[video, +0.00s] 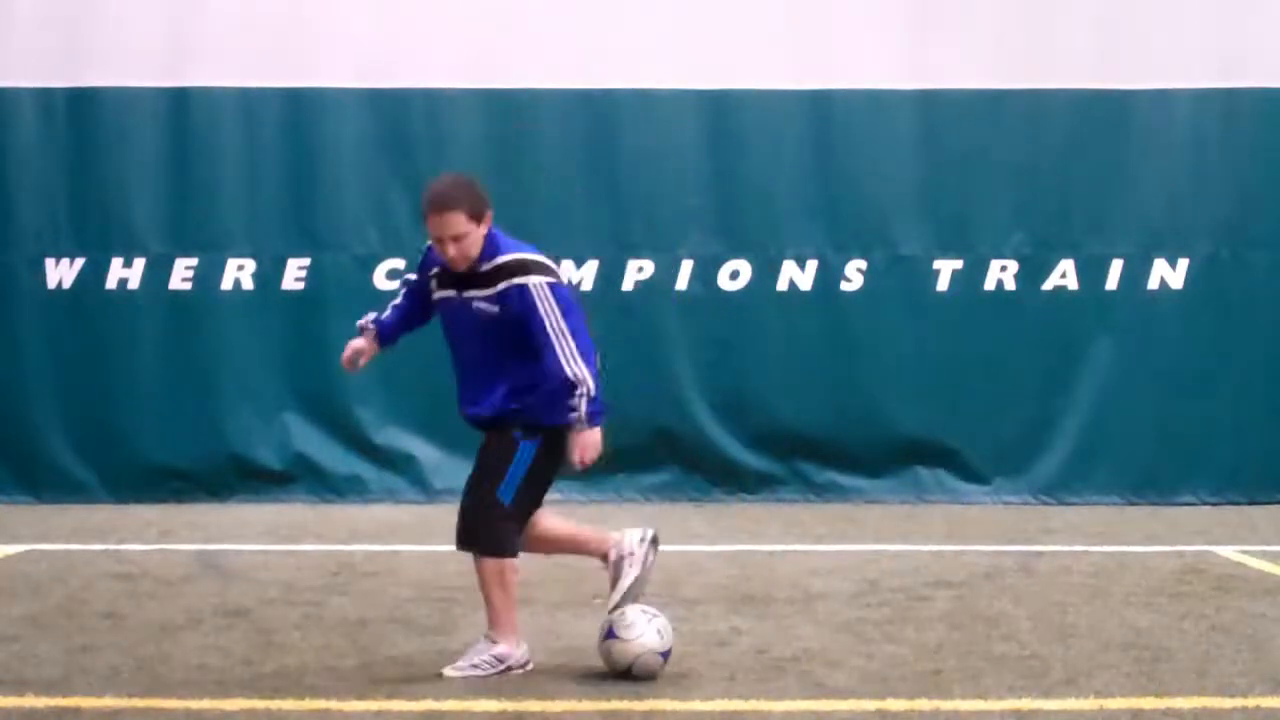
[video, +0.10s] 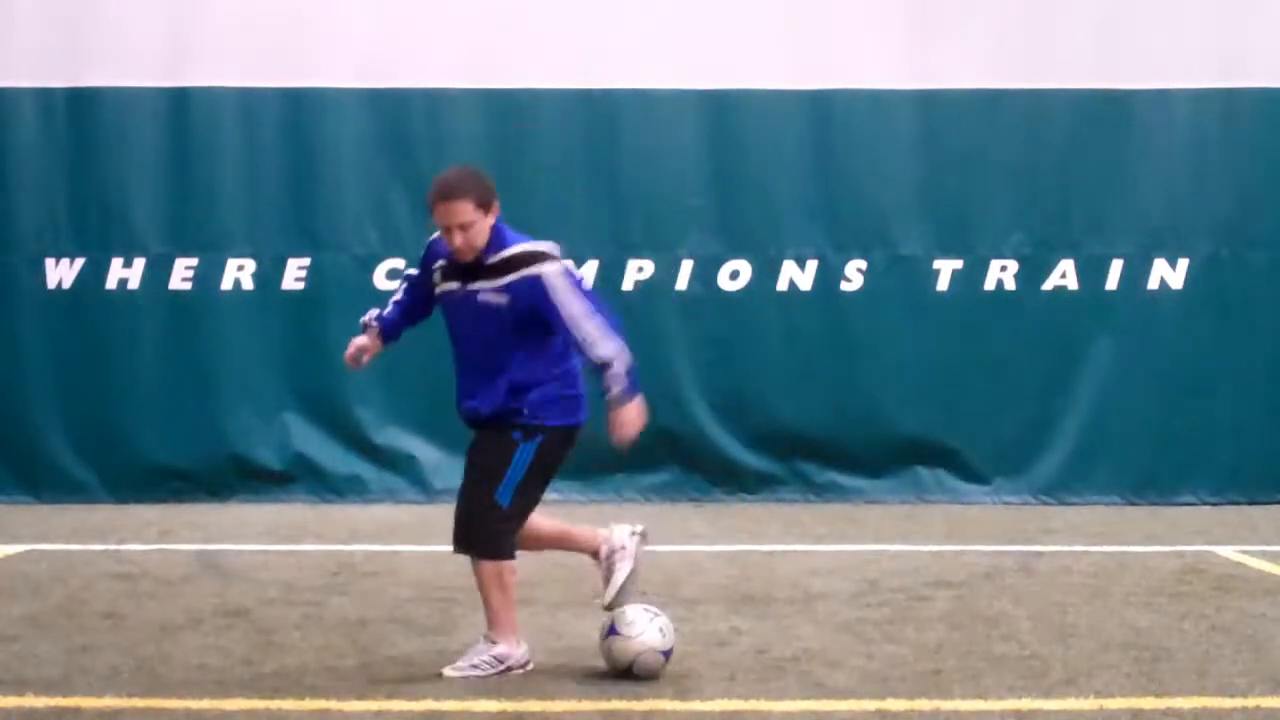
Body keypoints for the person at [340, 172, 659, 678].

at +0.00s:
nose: (448, 251)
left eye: (457, 238)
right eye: (439, 241)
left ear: (484, 224)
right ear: (429, 234)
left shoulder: (524, 269)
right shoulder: (437, 270)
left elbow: (568, 341)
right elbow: (411, 304)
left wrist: (586, 417)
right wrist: (375, 336)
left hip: (538, 417)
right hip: (501, 419)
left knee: (486, 520)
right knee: (497, 523)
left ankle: (506, 645)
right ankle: (616, 547)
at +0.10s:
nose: (455, 240)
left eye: (465, 226)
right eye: (446, 228)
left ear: (492, 213)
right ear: (436, 223)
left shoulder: (534, 263)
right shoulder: (440, 259)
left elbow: (589, 323)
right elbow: (413, 299)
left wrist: (623, 388)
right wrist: (378, 333)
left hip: (544, 413)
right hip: (494, 414)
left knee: (486, 522)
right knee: (482, 524)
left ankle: (506, 645)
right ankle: (604, 544)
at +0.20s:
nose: (465, 213)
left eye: (476, 200)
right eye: (457, 202)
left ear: (502, 187)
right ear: (448, 197)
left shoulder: (548, 229)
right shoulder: (445, 236)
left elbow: (619, 273)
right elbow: (423, 291)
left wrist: (637, 343)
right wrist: (393, 335)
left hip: (552, 396)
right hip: (493, 396)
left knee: (509, 508)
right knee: (472, 503)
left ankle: (506, 639)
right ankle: (579, 561)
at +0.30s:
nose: (475, 204)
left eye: (485, 190)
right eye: (465, 193)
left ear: (509, 179)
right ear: (455, 189)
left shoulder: (556, 218)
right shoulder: (451, 237)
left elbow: (615, 260)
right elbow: (434, 297)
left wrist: (631, 338)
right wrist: (421, 360)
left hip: (568, 378)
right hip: (505, 384)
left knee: (547, 485)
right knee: (488, 500)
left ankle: (538, 617)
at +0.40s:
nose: (497, 217)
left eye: (507, 204)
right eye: (487, 207)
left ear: (531, 198)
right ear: (477, 206)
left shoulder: (574, 243)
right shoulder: (466, 257)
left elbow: (624, 302)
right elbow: (446, 324)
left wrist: (645, 372)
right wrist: (432, 383)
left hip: (582, 400)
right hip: (511, 408)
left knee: (600, 489)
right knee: (484, 520)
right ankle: (491, 625)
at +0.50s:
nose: (535, 201)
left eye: (545, 189)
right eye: (526, 191)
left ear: (567, 184)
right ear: (512, 191)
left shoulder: (609, 230)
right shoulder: (496, 238)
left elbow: (657, 292)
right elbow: (465, 296)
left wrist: (678, 353)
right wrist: (440, 346)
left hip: (602, 395)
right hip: (527, 402)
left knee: (649, 481)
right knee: (497, 512)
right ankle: (490, 622)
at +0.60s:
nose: (581, 169)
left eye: (591, 158)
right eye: (571, 159)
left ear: (613, 156)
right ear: (555, 160)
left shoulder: (649, 205)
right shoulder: (533, 209)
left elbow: (697, 264)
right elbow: (503, 262)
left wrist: (714, 329)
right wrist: (489, 315)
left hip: (640, 372)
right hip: (563, 375)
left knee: (684, 483)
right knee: (519, 482)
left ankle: (732, 603)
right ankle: (527, 600)